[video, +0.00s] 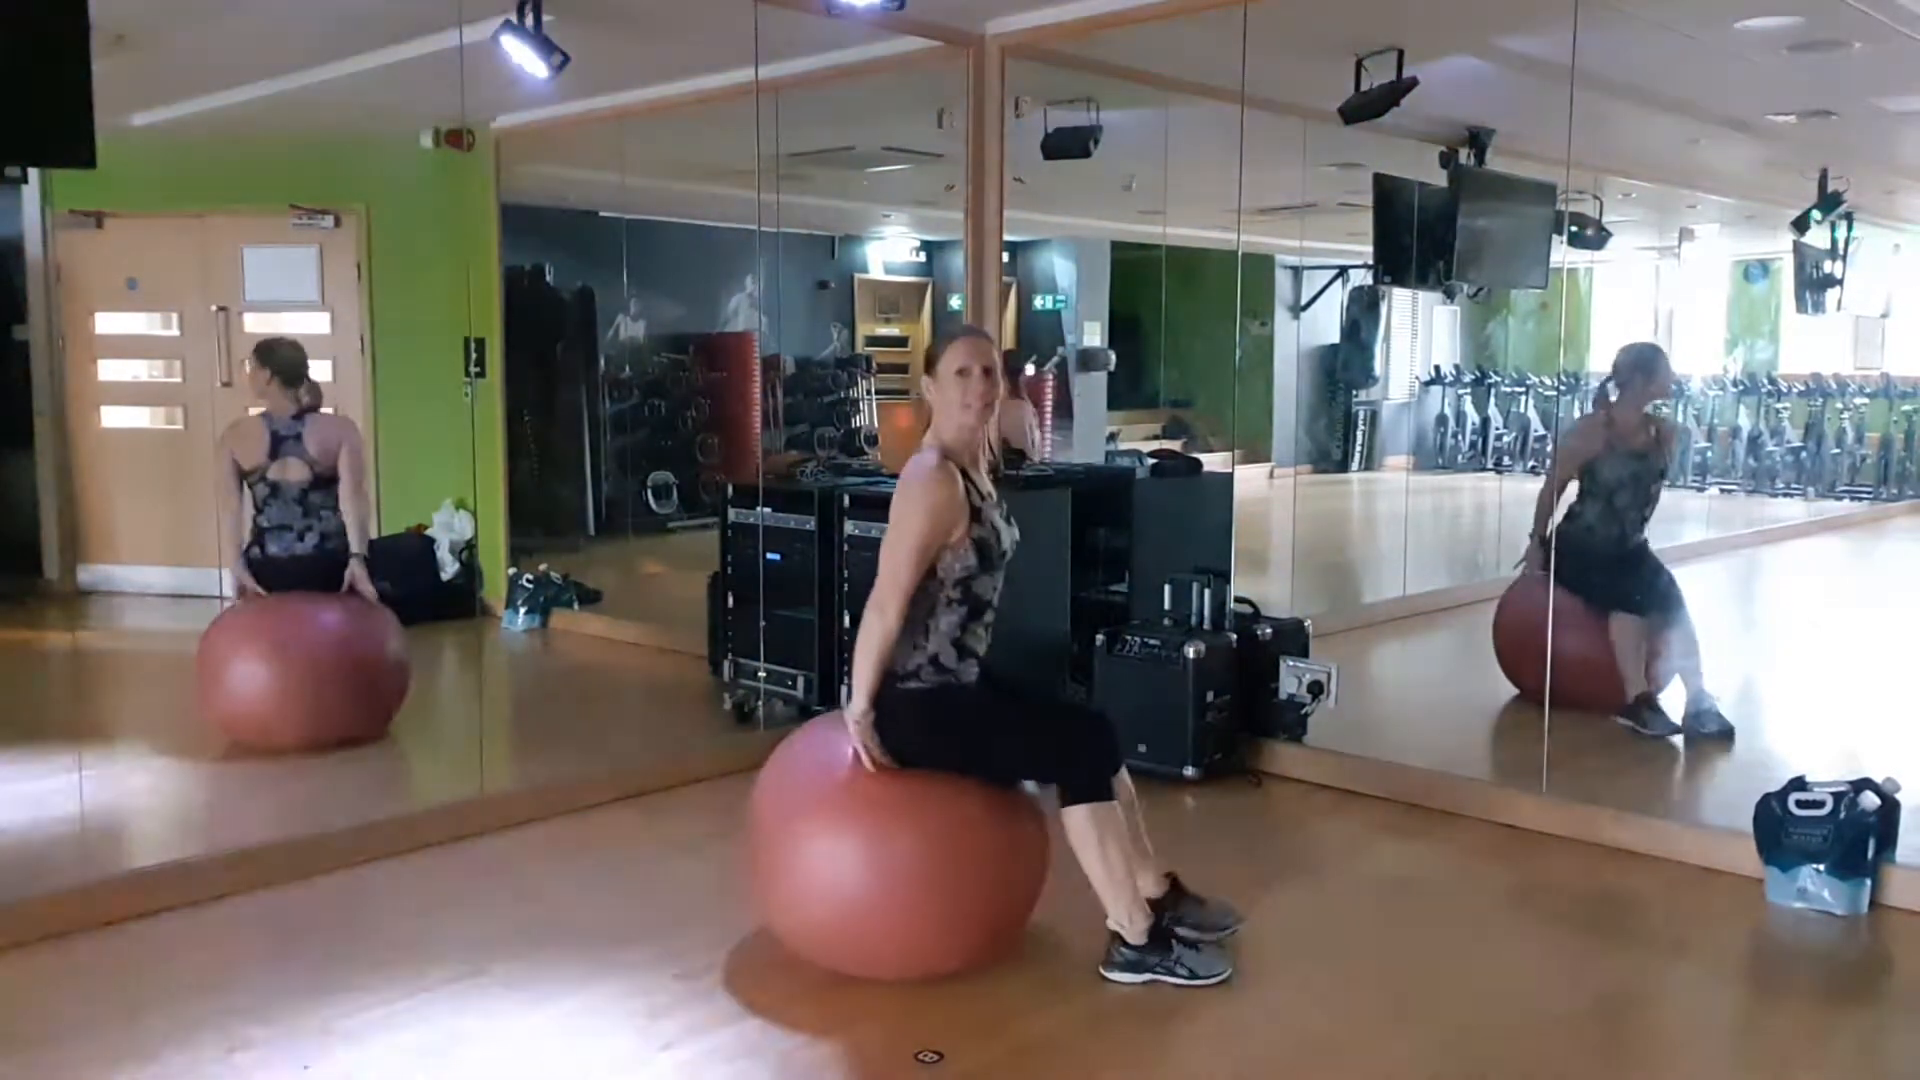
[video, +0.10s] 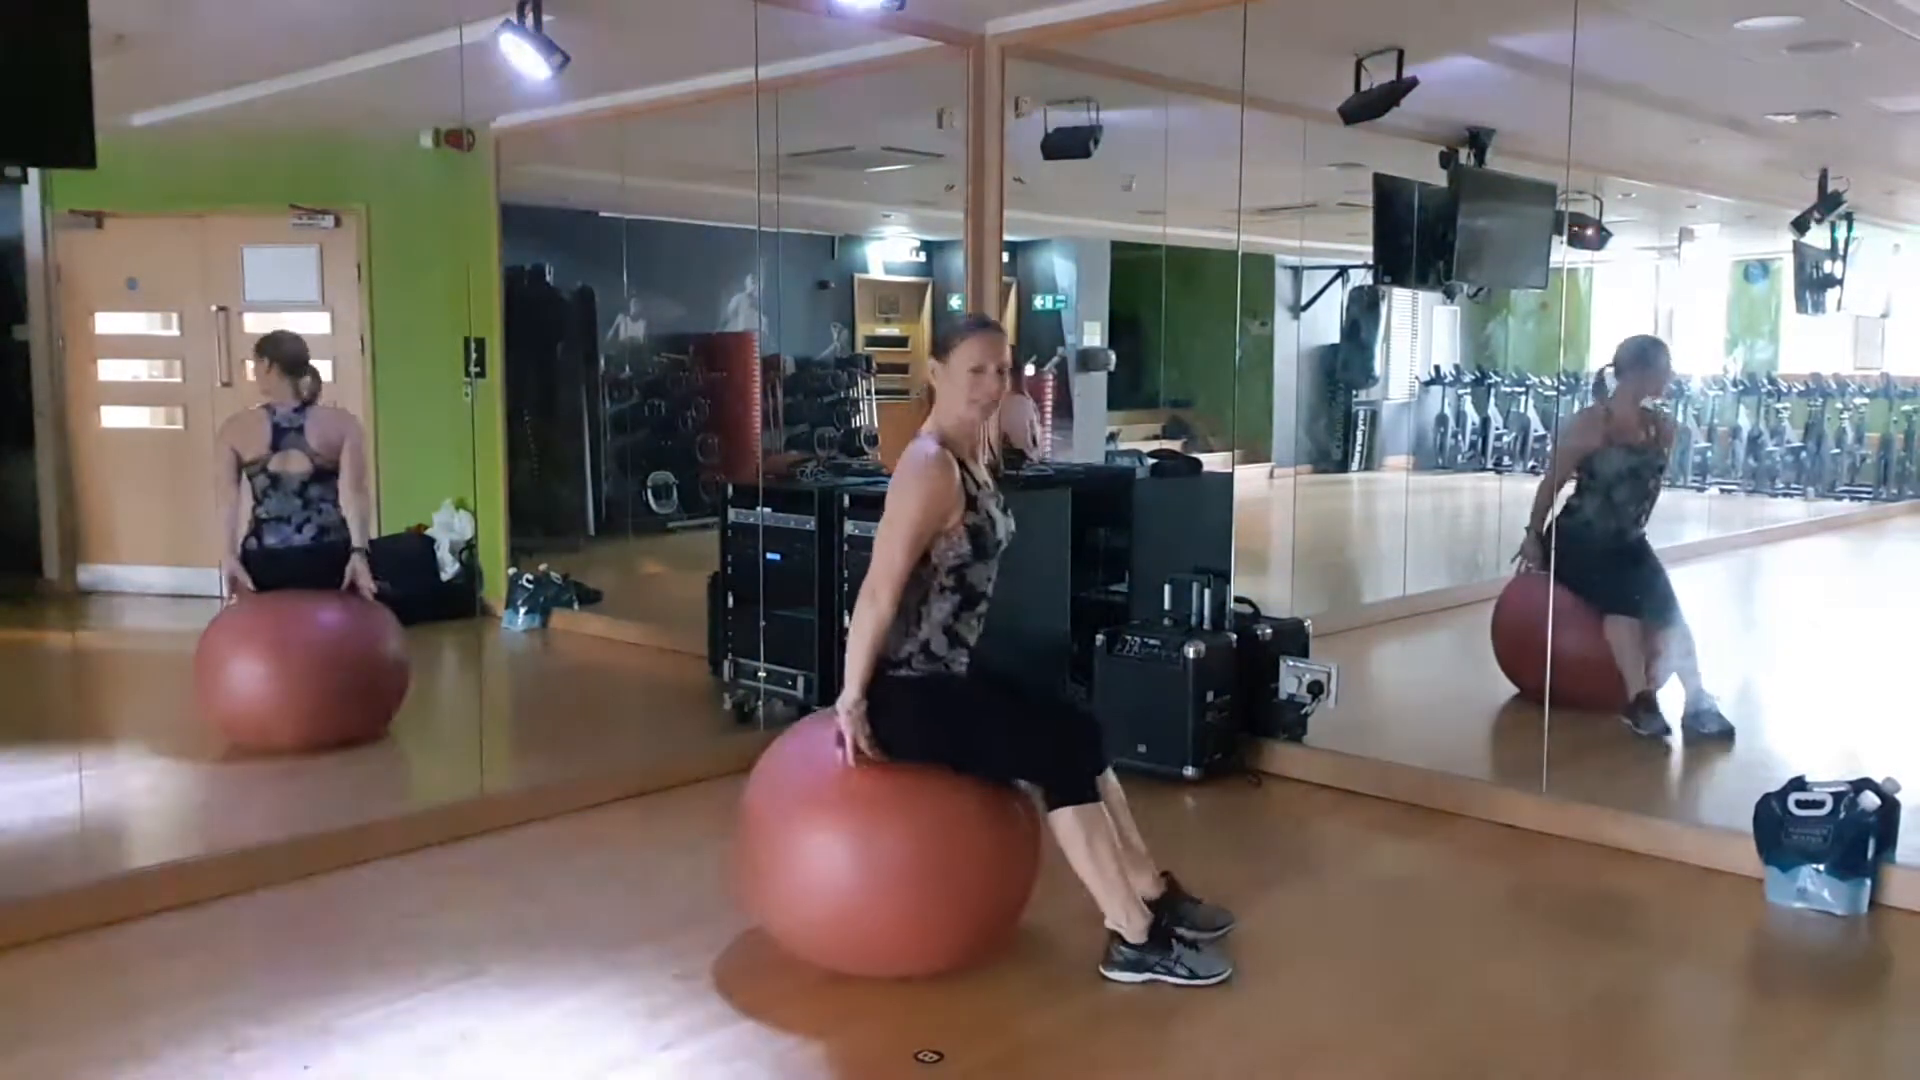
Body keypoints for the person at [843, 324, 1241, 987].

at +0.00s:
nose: (981, 387)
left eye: (990, 374)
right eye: (962, 373)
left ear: (1000, 389)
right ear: (930, 388)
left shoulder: (975, 463)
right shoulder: (932, 480)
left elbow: (1021, 423)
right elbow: (888, 599)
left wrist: (994, 401)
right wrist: (859, 707)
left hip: (958, 687)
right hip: (915, 705)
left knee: (1094, 732)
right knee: (1077, 747)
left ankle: (1157, 893)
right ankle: (1132, 936)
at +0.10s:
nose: (993, 386)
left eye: (1001, 373)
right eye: (978, 371)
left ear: (1005, 380)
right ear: (937, 375)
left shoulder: (971, 454)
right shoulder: (927, 466)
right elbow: (880, 589)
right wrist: (852, 698)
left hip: (946, 679)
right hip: (903, 694)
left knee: (1078, 731)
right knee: (1058, 749)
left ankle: (1153, 894)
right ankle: (1130, 934)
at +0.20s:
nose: (1006, 402)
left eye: (1012, 388)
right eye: (999, 385)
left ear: (983, 384)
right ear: (952, 374)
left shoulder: (967, 462)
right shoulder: (925, 466)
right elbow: (880, 590)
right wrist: (852, 701)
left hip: (938, 683)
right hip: (898, 695)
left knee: (1070, 735)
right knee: (1056, 750)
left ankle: (1146, 899)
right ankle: (1127, 930)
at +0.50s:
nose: (1024, 432)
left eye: (1029, 419)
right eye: (1020, 416)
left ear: (981, 401)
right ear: (976, 398)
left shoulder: (953, 477)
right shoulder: (930, 482)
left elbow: (889, 595)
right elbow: (874, 597)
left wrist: (836, 697)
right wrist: (832, 706)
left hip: (909, 690)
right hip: (877, 703)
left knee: (1039, 746)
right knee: (1025, 763)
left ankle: (1139, 898)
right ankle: (1121, 931)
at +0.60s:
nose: (1035, 439)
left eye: (1040, 422)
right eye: (1029, 419)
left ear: (984, 403)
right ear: (982, 401)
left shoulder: (956, 473)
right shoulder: (929, 479)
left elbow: (899, 593)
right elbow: (873, 598)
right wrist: (825, 702)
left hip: (898, 685)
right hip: (863, 699)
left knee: (1033, 751)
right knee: (1013, 771)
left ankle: (1129, 905)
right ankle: (1119, 933)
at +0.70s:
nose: (1040, 440)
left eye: (1045, 423)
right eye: (1034, 420)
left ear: (992, 403)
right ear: (989, 400)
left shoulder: (958, 472)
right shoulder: (932, 478)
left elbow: (889, 589)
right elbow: (871, 596)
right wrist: (817, 697)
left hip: (893, 682)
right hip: (860, 693)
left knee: (1022, 756)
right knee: (1004, 776)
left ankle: (1120, 911)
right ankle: (1119, 933)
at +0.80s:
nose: (1041, 441)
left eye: (1047, 425)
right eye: (1036, 422)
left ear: (993, 403)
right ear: (991, 400)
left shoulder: (960, 473)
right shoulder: (933, 478)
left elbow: (897, 592)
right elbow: (872, 593)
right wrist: (814, 692)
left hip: (889, 682)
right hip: (857, 693)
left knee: (1020, 762)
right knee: (1005, 781)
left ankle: (1119, 912)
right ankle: (1120, 933)